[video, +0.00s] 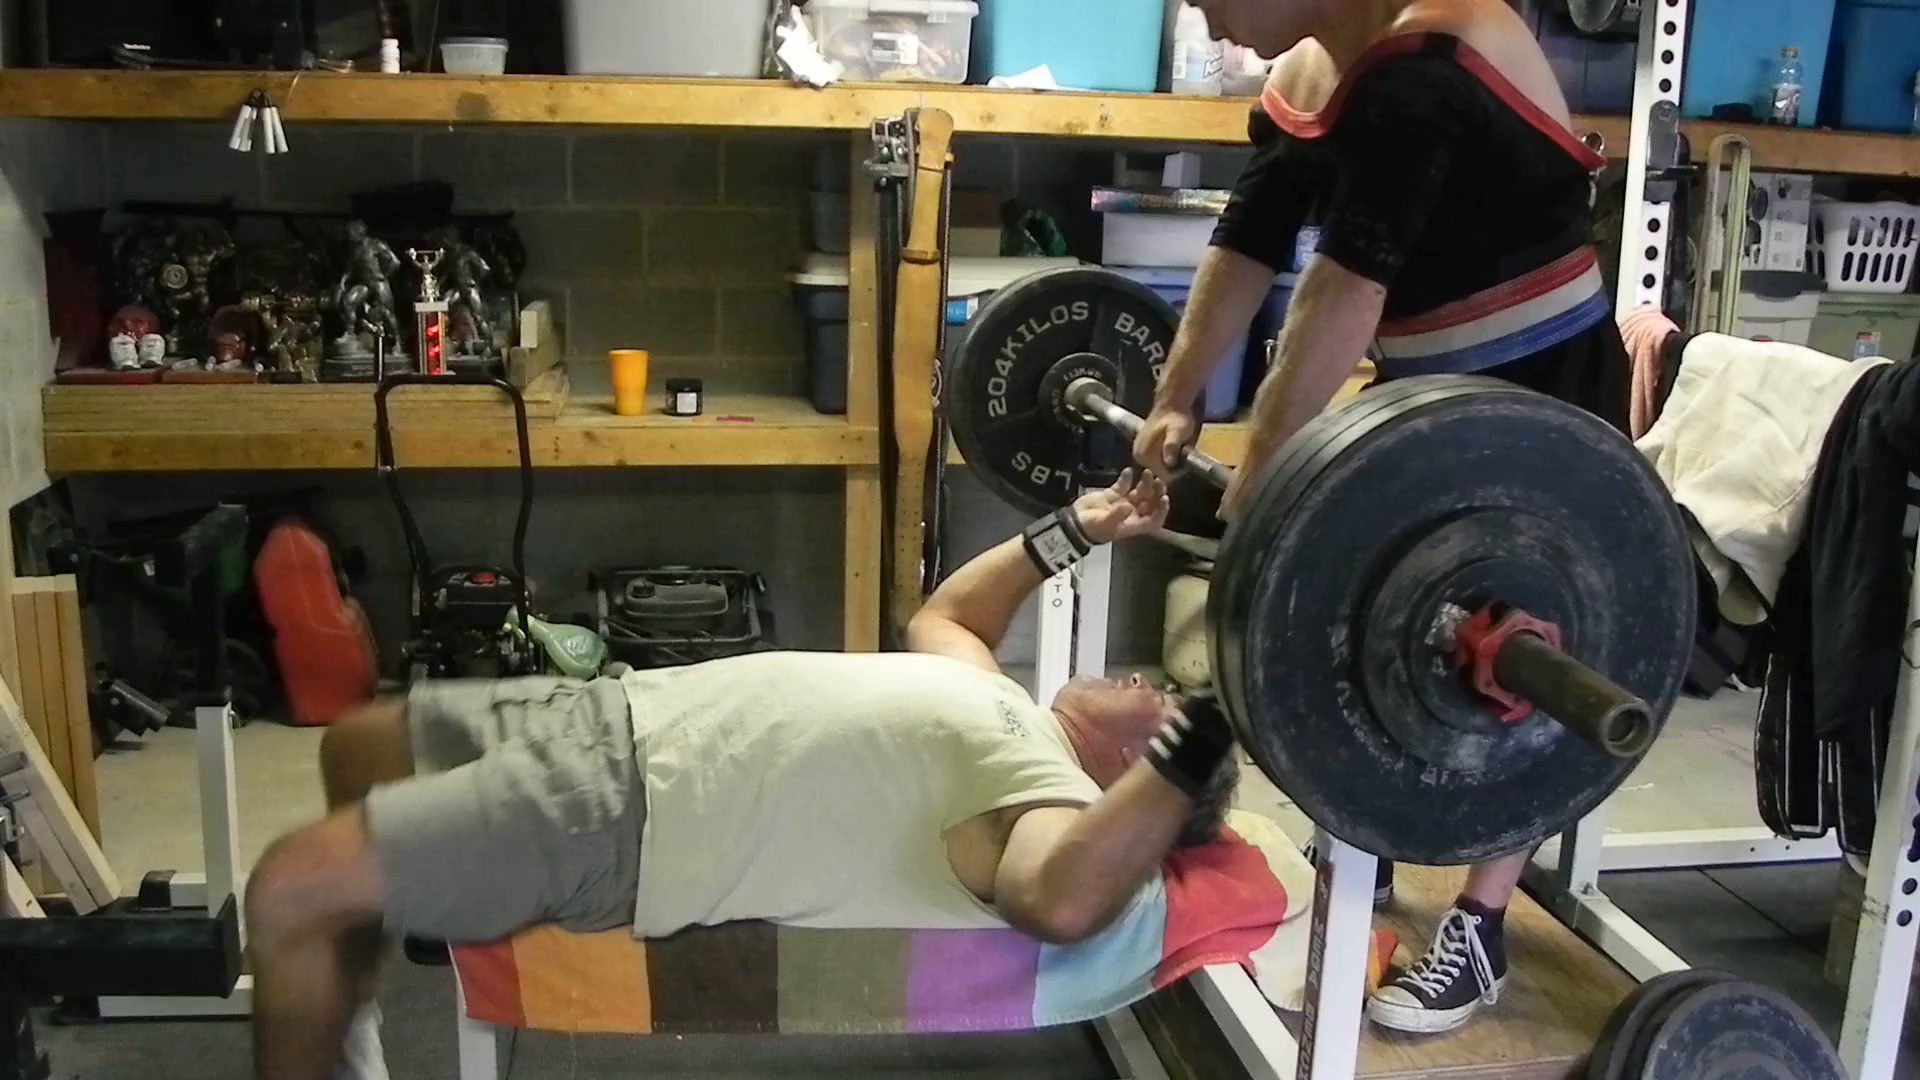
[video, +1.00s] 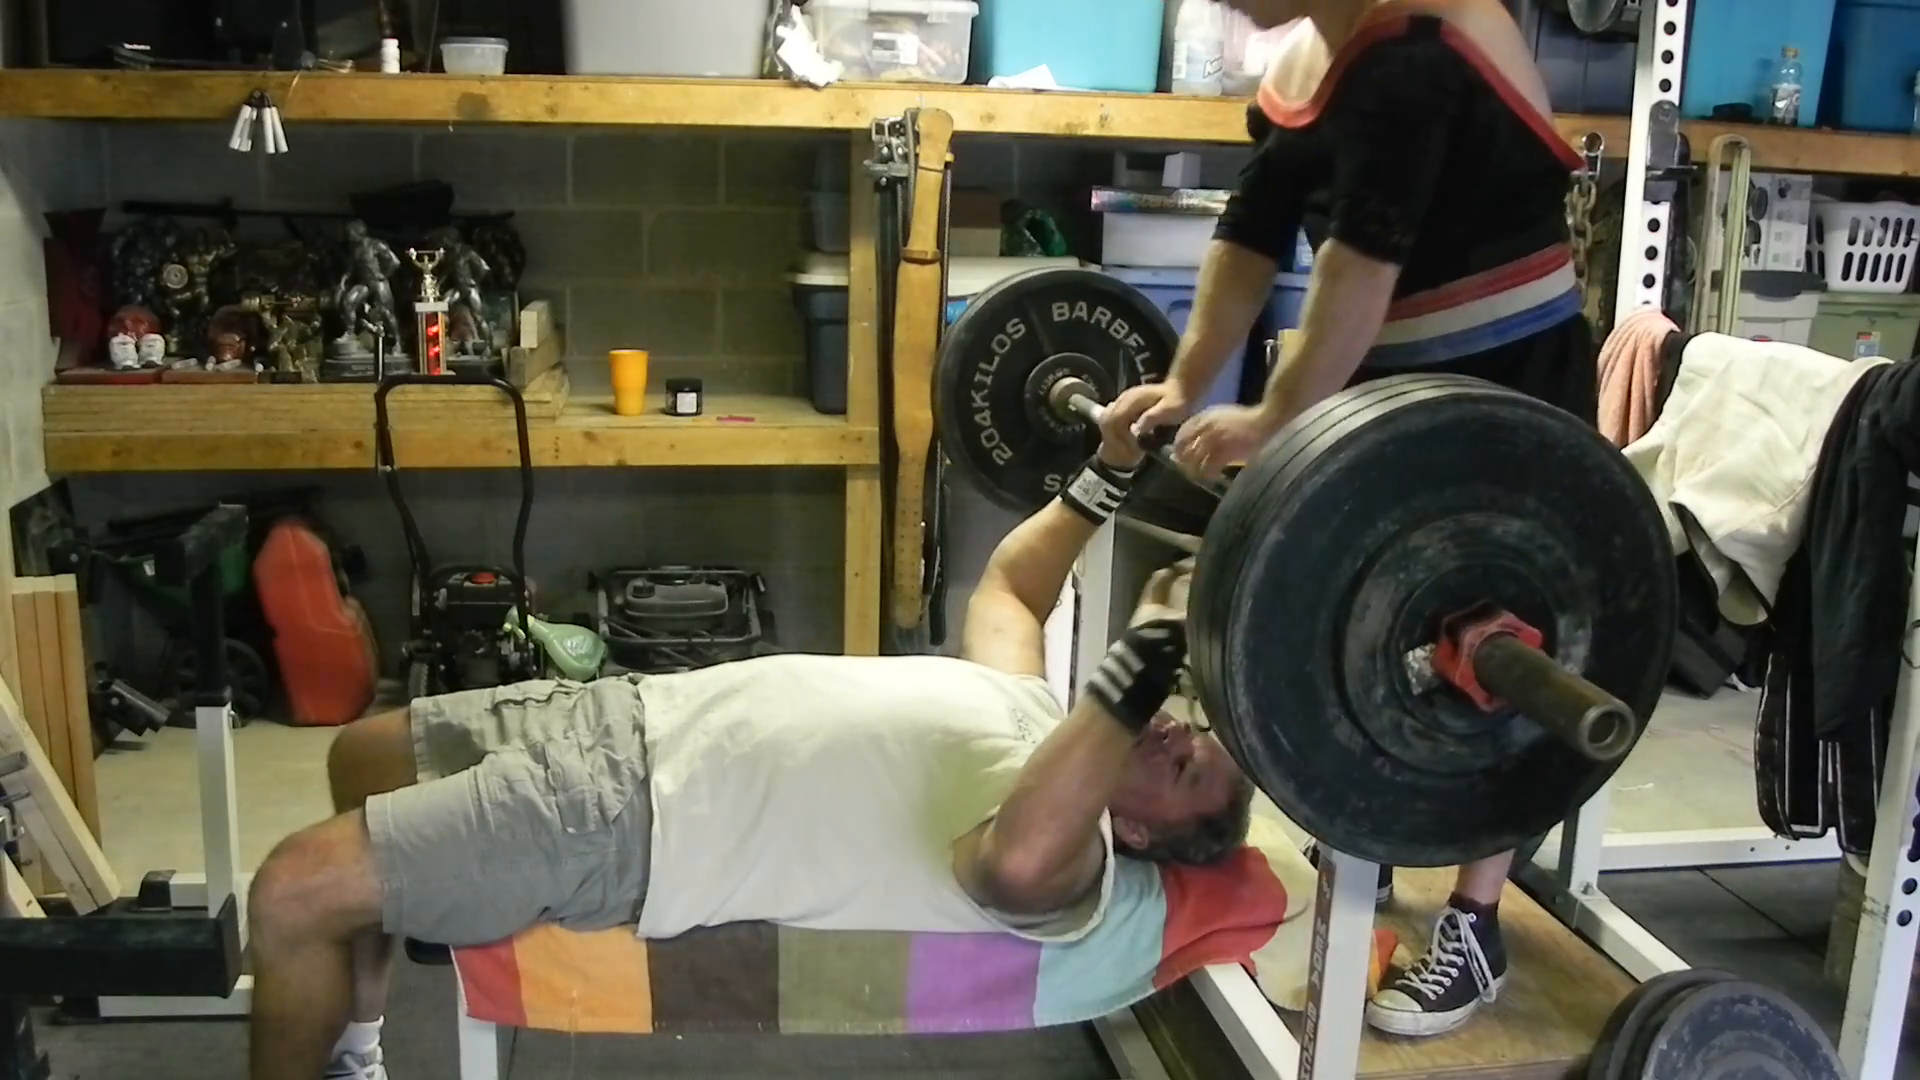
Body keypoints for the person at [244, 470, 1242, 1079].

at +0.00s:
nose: (1131, 674)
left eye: (1157, 693)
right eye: (1153, 676)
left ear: (1143, 761)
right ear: (1113, 699)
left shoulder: (1044, 806)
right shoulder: (1002, 705)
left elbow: (1068, 904)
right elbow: (951, 613)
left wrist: (1200, 750)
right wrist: (1071, 526)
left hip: (621, 810)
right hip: (604, 710)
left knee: (292, 890)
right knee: (354, 743)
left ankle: (323, 1062)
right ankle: (343, 1030)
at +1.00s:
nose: (1167, 729)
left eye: (1195, 761)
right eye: (1184, 719)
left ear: (1180, 825)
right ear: (1153, 712)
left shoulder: (1098, 892)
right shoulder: (1027, 719)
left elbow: (1019, 856)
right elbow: (1015, 588)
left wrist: (1145, 655)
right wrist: (1113, 468)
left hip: (631, 822)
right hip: (622, 705)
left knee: (292, 890)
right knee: (361, 756)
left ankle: (295, 1069)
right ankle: (345, 1034)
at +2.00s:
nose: (1172, 732)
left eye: (1201, 744)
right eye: (1191, 718)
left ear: (1185, 808)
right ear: (1154, 739)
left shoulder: (1055, 850)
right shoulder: (1007, 713)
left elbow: (1118, 740)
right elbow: (998, 580)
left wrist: (1252, 600)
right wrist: (1081, 468)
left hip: (631, 819)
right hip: (621, 710)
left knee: (296, 891)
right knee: (366, 763)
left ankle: (293, 1069)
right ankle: (351, 1047)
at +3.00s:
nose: (1168, 725)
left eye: (1194, 746)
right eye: (1185, 717)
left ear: (1172, 814)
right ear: (1149, 733)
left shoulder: (1050, 847)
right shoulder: (1007, 707)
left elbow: (1132, 754)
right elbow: (1007, 583)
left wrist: (1273, 593)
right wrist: (1102, 453)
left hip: (626, 821)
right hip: (616, 709)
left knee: (295, 890)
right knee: (360, 762)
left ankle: (298, 1068)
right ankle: (350, 1048)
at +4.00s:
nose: (1182, 695)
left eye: (1208, 712)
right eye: (1199, 689)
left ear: (1208, 766)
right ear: (1174, 669)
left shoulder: (1092, 809)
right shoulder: (1047, 670)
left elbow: (1112, 741)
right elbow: (991, 563)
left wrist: (1248, 609)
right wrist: (1088, 473)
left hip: (673, 814)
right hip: (649, 706)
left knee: (338, 903)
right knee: (391, 766)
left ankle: (319, 1064)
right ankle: (368, 985)